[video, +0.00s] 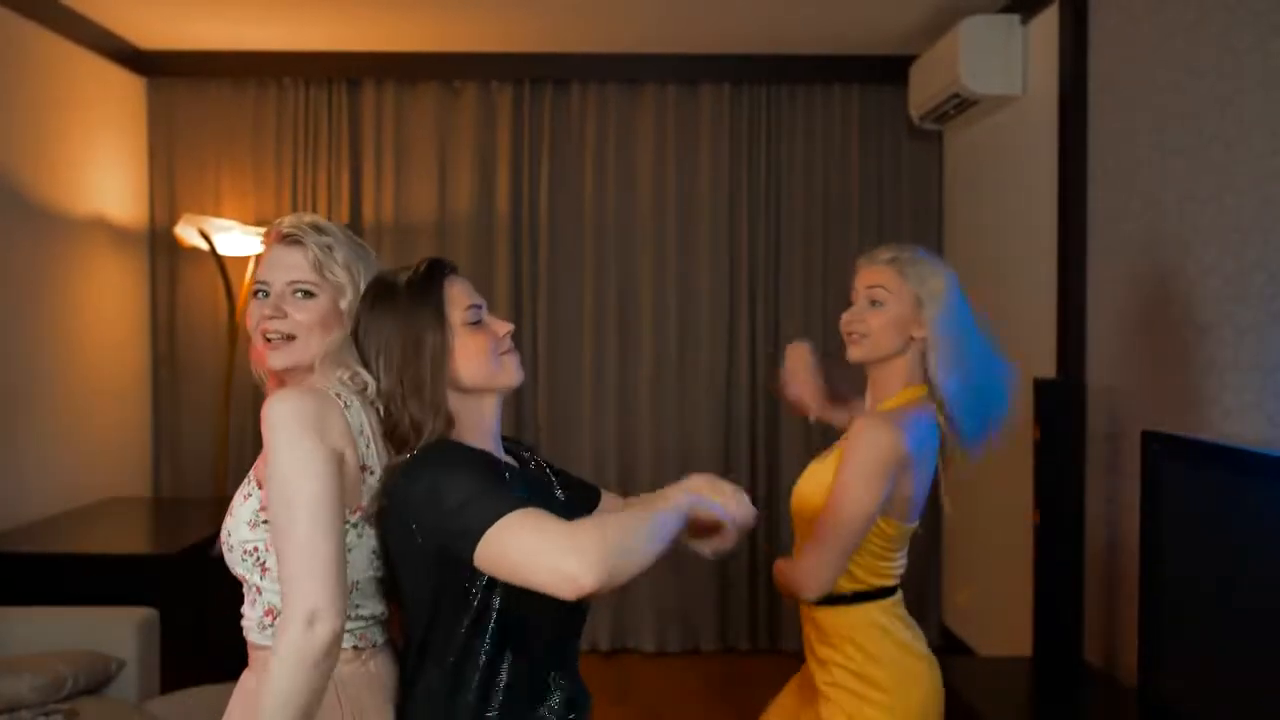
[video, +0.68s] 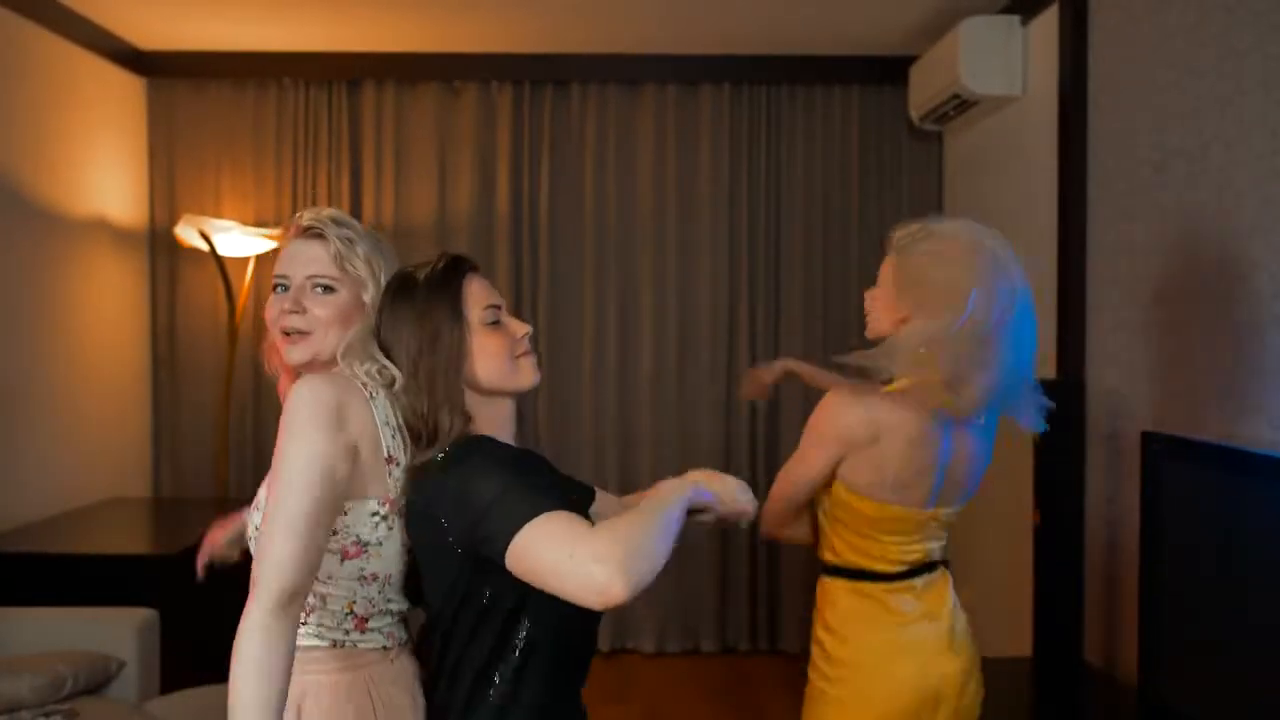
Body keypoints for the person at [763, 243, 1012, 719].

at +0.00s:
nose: (849, 317)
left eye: (874, 302)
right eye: (852, 303)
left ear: (920, 326)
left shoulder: (877, 432)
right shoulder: (917, 415)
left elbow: (809, 580)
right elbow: (871, 419)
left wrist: (780, 567)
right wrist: (819, 407)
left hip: (868, 683)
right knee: (775, 714)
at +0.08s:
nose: (851, 305)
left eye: (876, 290)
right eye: (855, 290)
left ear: (922, 313)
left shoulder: (872, 412)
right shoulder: (919, 404)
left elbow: (799, 557)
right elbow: (814, 397)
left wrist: (787, 545)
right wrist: (815, 358)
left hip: (867, 669)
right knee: (772, 713)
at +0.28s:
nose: (860, 265)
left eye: (883, 249)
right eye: (865, 250)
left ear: (934, 261)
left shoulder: (869, 351)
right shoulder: (950, 360)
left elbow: (778, 487)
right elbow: (828, 382)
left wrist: (836, 489)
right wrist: (826, 284)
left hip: (860, 623)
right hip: (909, 607)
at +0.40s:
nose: (864, 258)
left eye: (886, 243)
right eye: (869, 243)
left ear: (940, 255)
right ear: (941, 258)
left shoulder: (869, 340)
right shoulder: (961, 357)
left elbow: (775, 465)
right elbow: (840, 389)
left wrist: (832, 476)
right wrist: (813, 293)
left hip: (857, 612)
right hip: (917, 599)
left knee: (826, 711)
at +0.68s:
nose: (867, 296)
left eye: (880, 285)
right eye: (875, 283)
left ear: (916, 306)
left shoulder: (851, 410)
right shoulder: (975, 419)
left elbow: (777, 521)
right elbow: (888, 403)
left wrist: (860, 526)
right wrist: (794, 368)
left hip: (864, 658)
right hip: (943, 645)